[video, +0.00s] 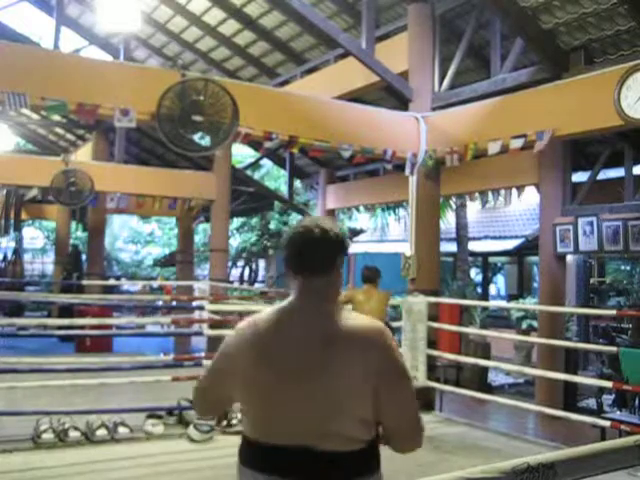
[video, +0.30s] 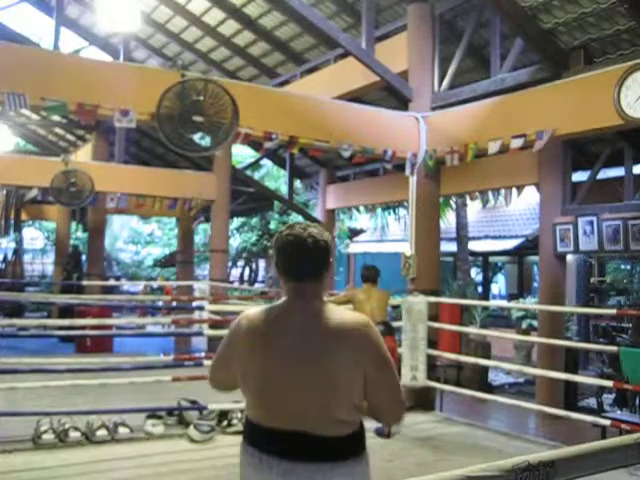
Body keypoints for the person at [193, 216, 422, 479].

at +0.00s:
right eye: (345, 265)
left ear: (287, 268)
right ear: (340, 268)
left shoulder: (250, 334)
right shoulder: (371, 337)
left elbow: (206, 406)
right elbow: (408, 438)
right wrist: (364, 418)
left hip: (263, 469)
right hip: (349, 470)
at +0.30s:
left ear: (276, 268)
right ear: (329, 268)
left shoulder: (249, 325)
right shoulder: (358, 329)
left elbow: (219, 379)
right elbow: (391, 412)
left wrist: (267, 371)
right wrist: (344, 396)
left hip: (262, 464)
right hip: (339, 467)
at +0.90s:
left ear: (305, 269)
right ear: (345, 271)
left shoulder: (275, 309)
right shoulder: (362, 320)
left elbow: (240, 347)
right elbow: (388, 386)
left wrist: (282, 344)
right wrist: (350, 363)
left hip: (283, 435)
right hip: (345, 436)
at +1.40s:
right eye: (330, 268)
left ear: (291, 273)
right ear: (327, 273)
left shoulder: (270, 314)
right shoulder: (346, 313)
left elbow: (233, 361)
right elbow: (365, 366)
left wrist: (267, 336)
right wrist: (336, 350)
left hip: (283, 418)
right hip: (337, 416)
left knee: (280, 475)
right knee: (332, 475)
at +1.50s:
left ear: (281, 272)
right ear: (313, 271)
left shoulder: (261, 315)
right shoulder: (335, 313)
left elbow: (224, 358)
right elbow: (351, 362)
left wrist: (261, 341)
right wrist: (321, 349)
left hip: (275, 417)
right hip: (327, 415)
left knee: (273, 475)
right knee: (321, 475)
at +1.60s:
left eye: (268, 264)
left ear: (269, 269)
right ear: (300, 269)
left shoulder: (250, 311)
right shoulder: (324, 309)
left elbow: (216, 344)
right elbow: (341, 352)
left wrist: (255, 341)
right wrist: (308, 348)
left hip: (264, 414)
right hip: (313, 413)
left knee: (266, 474)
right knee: (314, 474)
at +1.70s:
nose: (256, 268)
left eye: (257, 264)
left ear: (259, 268)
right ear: (292, 268)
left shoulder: (242, 308)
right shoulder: (314, 306)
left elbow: (211, 340)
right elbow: (333, 347)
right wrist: (300, 336)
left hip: (257, 409)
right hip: (304, 409)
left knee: (264, 475)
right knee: (308, 473)